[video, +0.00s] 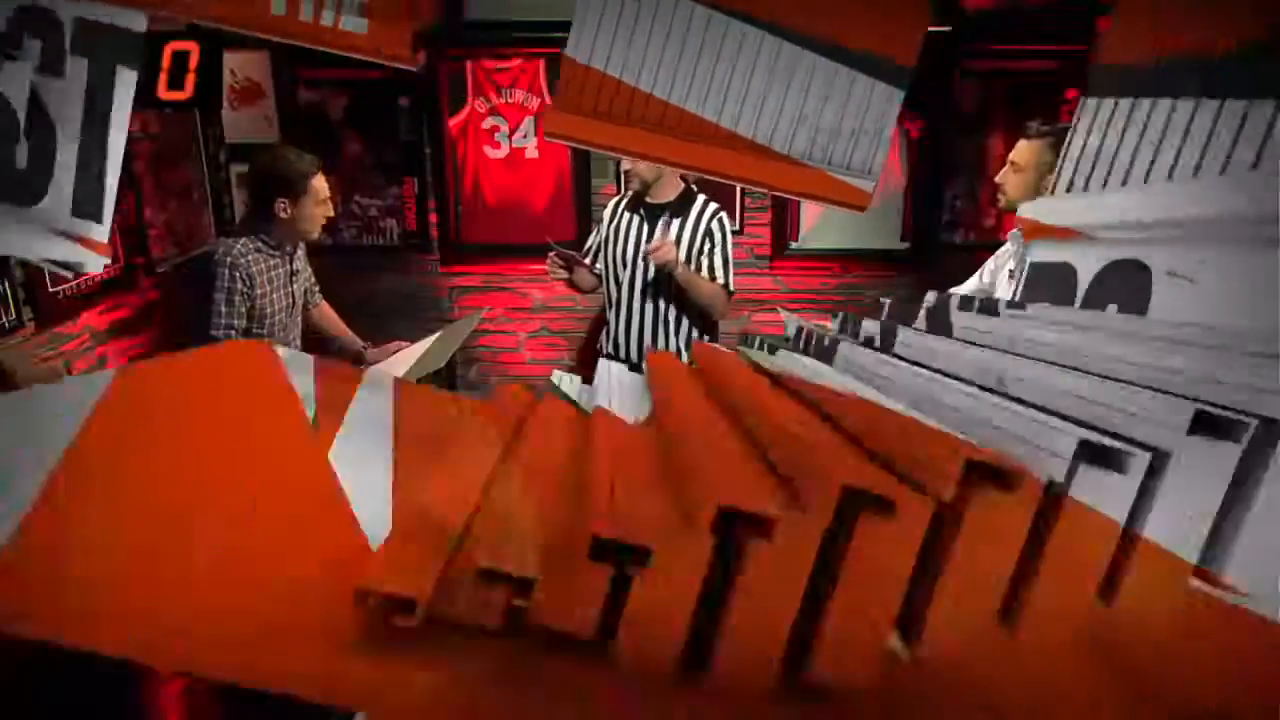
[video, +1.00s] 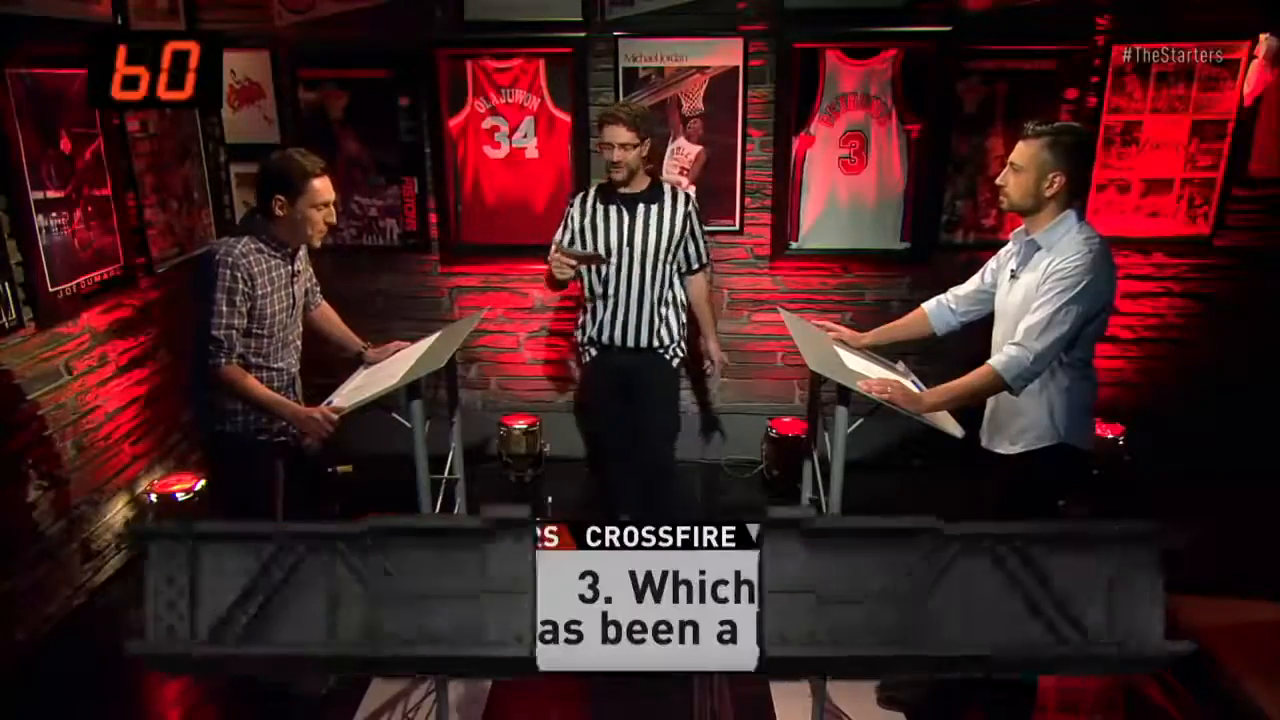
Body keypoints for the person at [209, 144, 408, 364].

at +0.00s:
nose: (330, 212)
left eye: (328, 201)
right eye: (321, 202)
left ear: (285, 209)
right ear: (284, 209)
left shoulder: (293, 247)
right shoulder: (234, 261)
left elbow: (315, 306)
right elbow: (222, 350)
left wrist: (363, 351)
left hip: (290, 379)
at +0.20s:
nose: (325, 202)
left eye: (321, 191)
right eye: (313, 194)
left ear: (276, 205)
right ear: (276, 204)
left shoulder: (295, 245)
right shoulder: (236, 259)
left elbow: (315, 305)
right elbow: (222, 355)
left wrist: (364, 351)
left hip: (291, 390)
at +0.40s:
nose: (328, 218)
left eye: (328, 206)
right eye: (318, 208)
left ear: (278, 210)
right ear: (277, 209)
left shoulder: (290, 248)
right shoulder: (230, 263)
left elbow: (312, 306)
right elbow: (221, 367)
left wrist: (364, 350)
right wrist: (295, 411)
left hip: (291, 413)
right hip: (244, 423)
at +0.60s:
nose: (328, 215)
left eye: (328, 203)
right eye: (317, 205)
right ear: (276, 205)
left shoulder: (294, 249)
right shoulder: (231, 262)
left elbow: (313, 305)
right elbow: (221, 367)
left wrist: (364, 350)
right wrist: (295, 414)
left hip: (290, 431)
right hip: (244, 440)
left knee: (304, 529)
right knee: (256, 538)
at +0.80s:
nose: (330, 221)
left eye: (331, 209)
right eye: (319, 211)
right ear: (279, 207)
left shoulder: (294, 251)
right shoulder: (232, 261)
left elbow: (314, 306)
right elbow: (220, 365)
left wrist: (364, 350)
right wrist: (296, 414)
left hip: (289, 431)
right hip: (244, 439)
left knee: (301, 529)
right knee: (255, 538)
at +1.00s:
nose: (332, 219)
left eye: (332, 206)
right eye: (321, 208)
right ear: (280, 207)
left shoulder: (294, 249)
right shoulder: (233, 261)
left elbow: (314, 306)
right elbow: (221, 366)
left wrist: (364, 351)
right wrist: (297, 414)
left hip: (288, 432)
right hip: (244, 439)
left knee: (302, 537)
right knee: (256, 545)